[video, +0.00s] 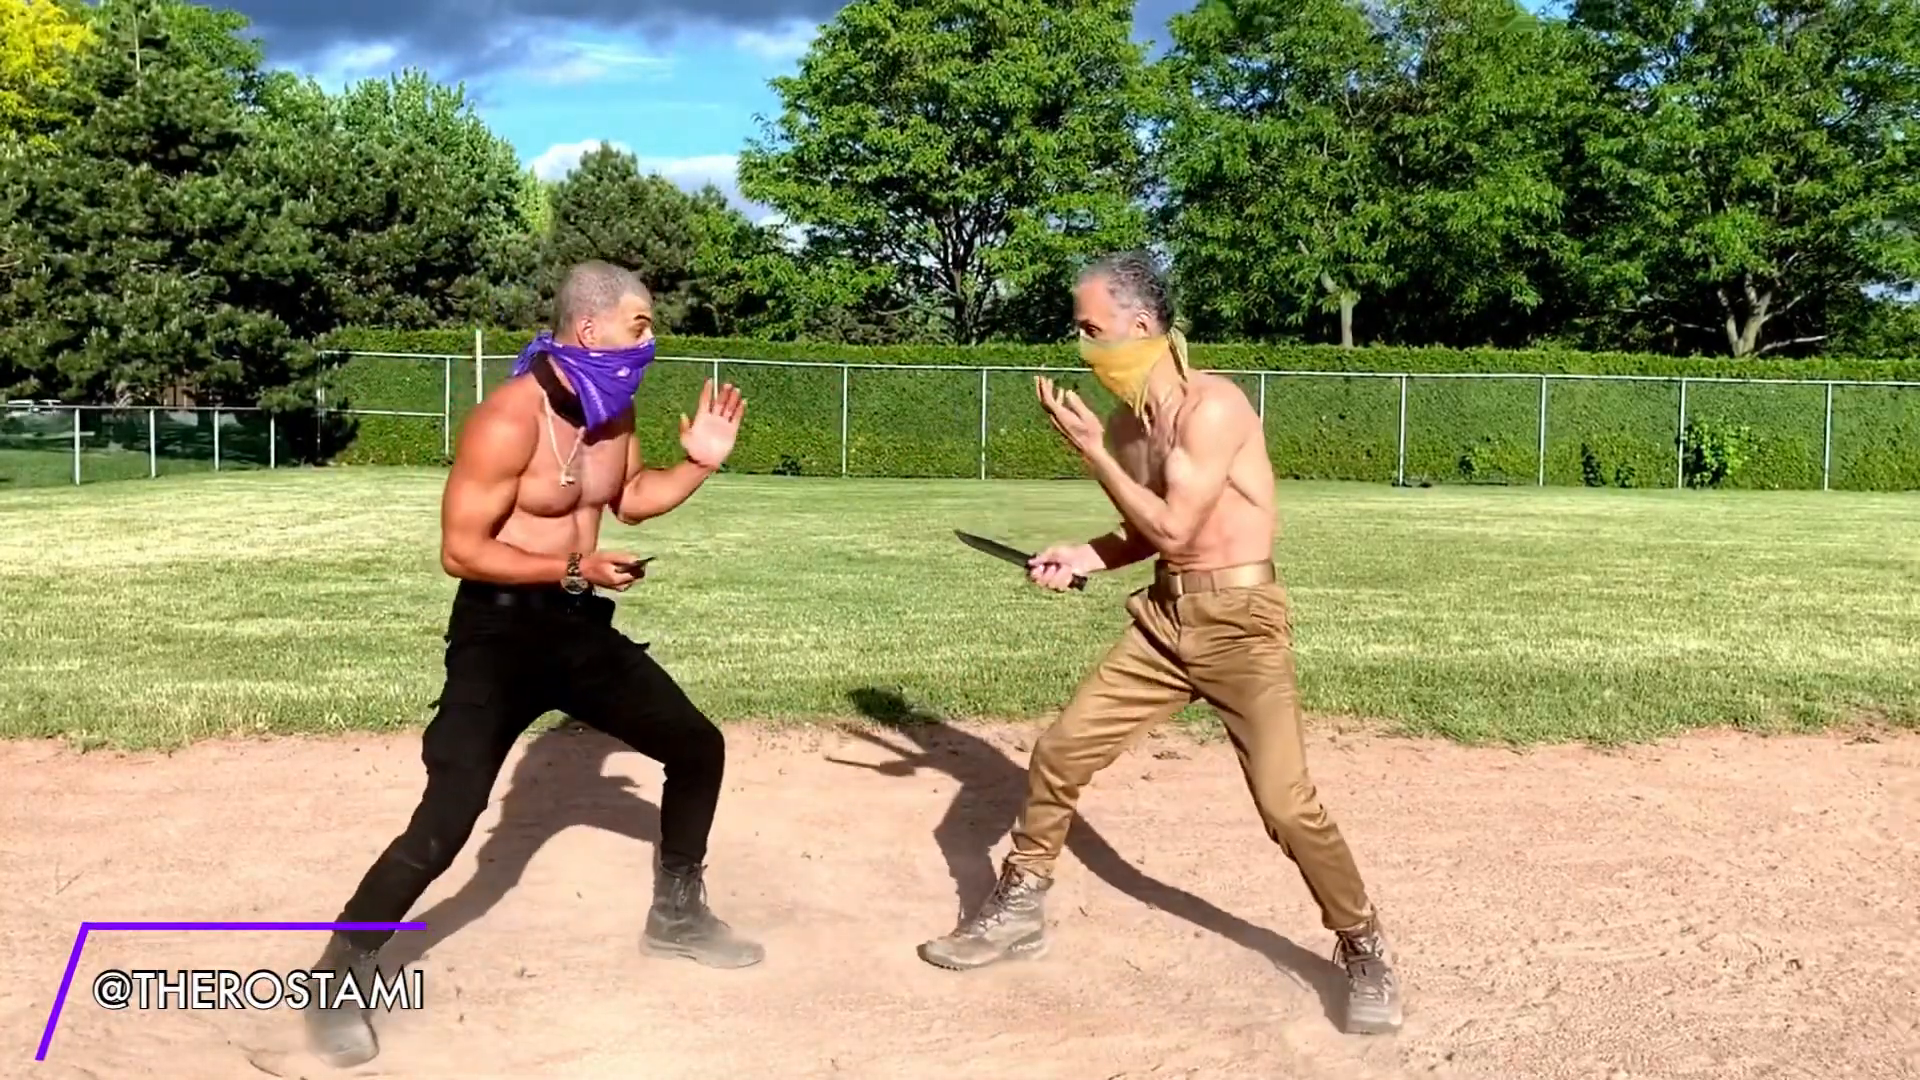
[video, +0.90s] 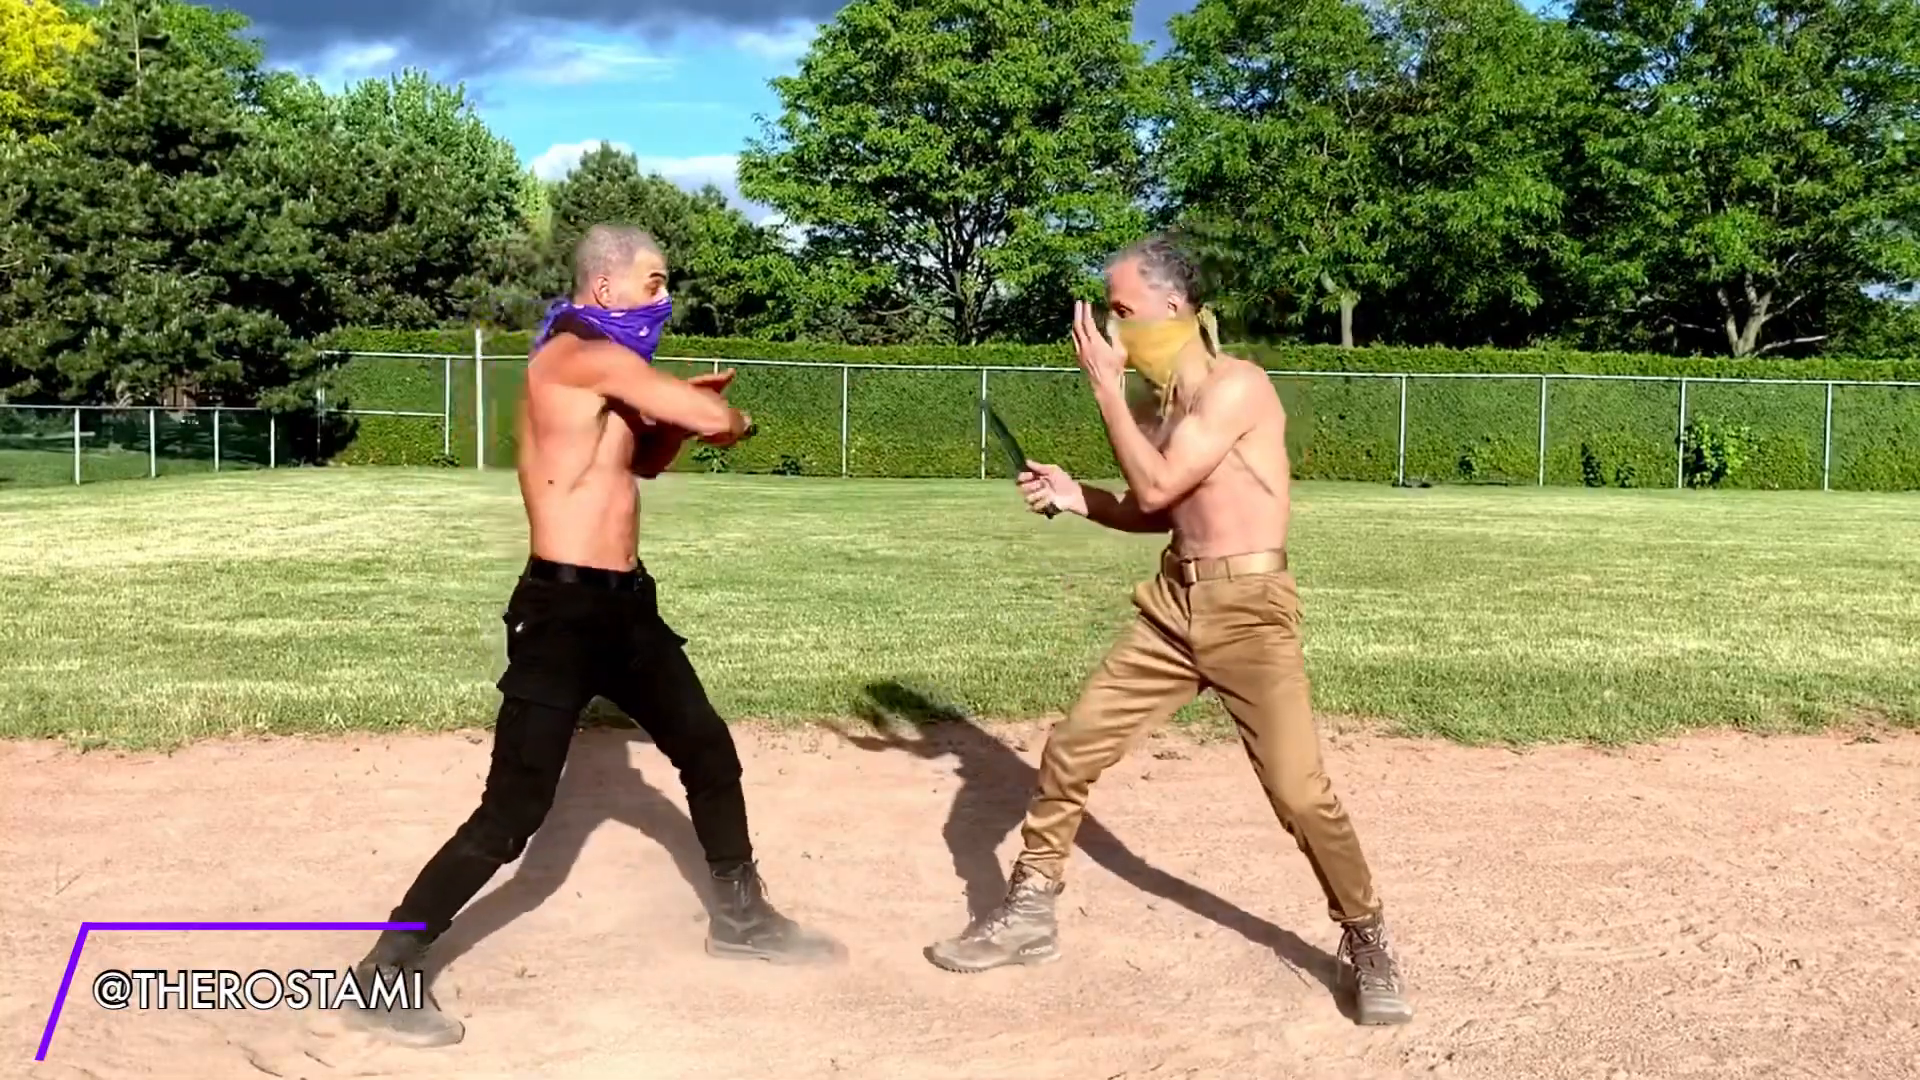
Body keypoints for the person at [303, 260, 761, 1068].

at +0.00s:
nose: (645, 347)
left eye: (649, 332)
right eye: (635, 330)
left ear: (610, 333)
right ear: (582, 331)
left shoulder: (615, 407)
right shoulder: (508, 418)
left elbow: (631, 500)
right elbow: (460, 550)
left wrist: (696, 467)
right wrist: (574, 569)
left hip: (579, 634)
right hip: (498, 636)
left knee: (697, 747)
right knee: (444, 824)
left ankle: (677, 915)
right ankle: (335, 978)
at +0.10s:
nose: (674, 328)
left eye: (675, 315)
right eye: (664, 313)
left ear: (619, 320)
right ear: (615, 316)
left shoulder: (600, 396)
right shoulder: (566, 395)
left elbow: (621, 505)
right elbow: (558, 529)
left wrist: (688, 450)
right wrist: (649, 498)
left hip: (579, 624)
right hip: (518, 627)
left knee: (690, 744)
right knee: (464, 821)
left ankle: (678, 913)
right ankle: (336, 975)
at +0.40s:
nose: (597, 308)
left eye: (596, 294)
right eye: (586, 294)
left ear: (521, 305)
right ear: (537, 301)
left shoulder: (477, 382)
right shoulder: (589, 408)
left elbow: (544, 457)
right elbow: (657, 508)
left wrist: (619, 409)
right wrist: (607, 436)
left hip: (579, 602)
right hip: (593, 616)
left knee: (698, 735)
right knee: (586, 824)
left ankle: (683, 907)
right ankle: (429, 953)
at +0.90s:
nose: (664, 297)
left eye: (665, 283)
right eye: (654, 281)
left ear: (602, 286)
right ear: (603, 283)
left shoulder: (594, 360)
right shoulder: (580, 353)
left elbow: (641, 463)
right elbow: (726, 420)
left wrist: (685, 402)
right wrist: (724, 411)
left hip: (626, 607)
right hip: (561, 609)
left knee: (709, 754)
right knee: (512, 812)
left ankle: (740, 912)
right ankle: (389, 967)